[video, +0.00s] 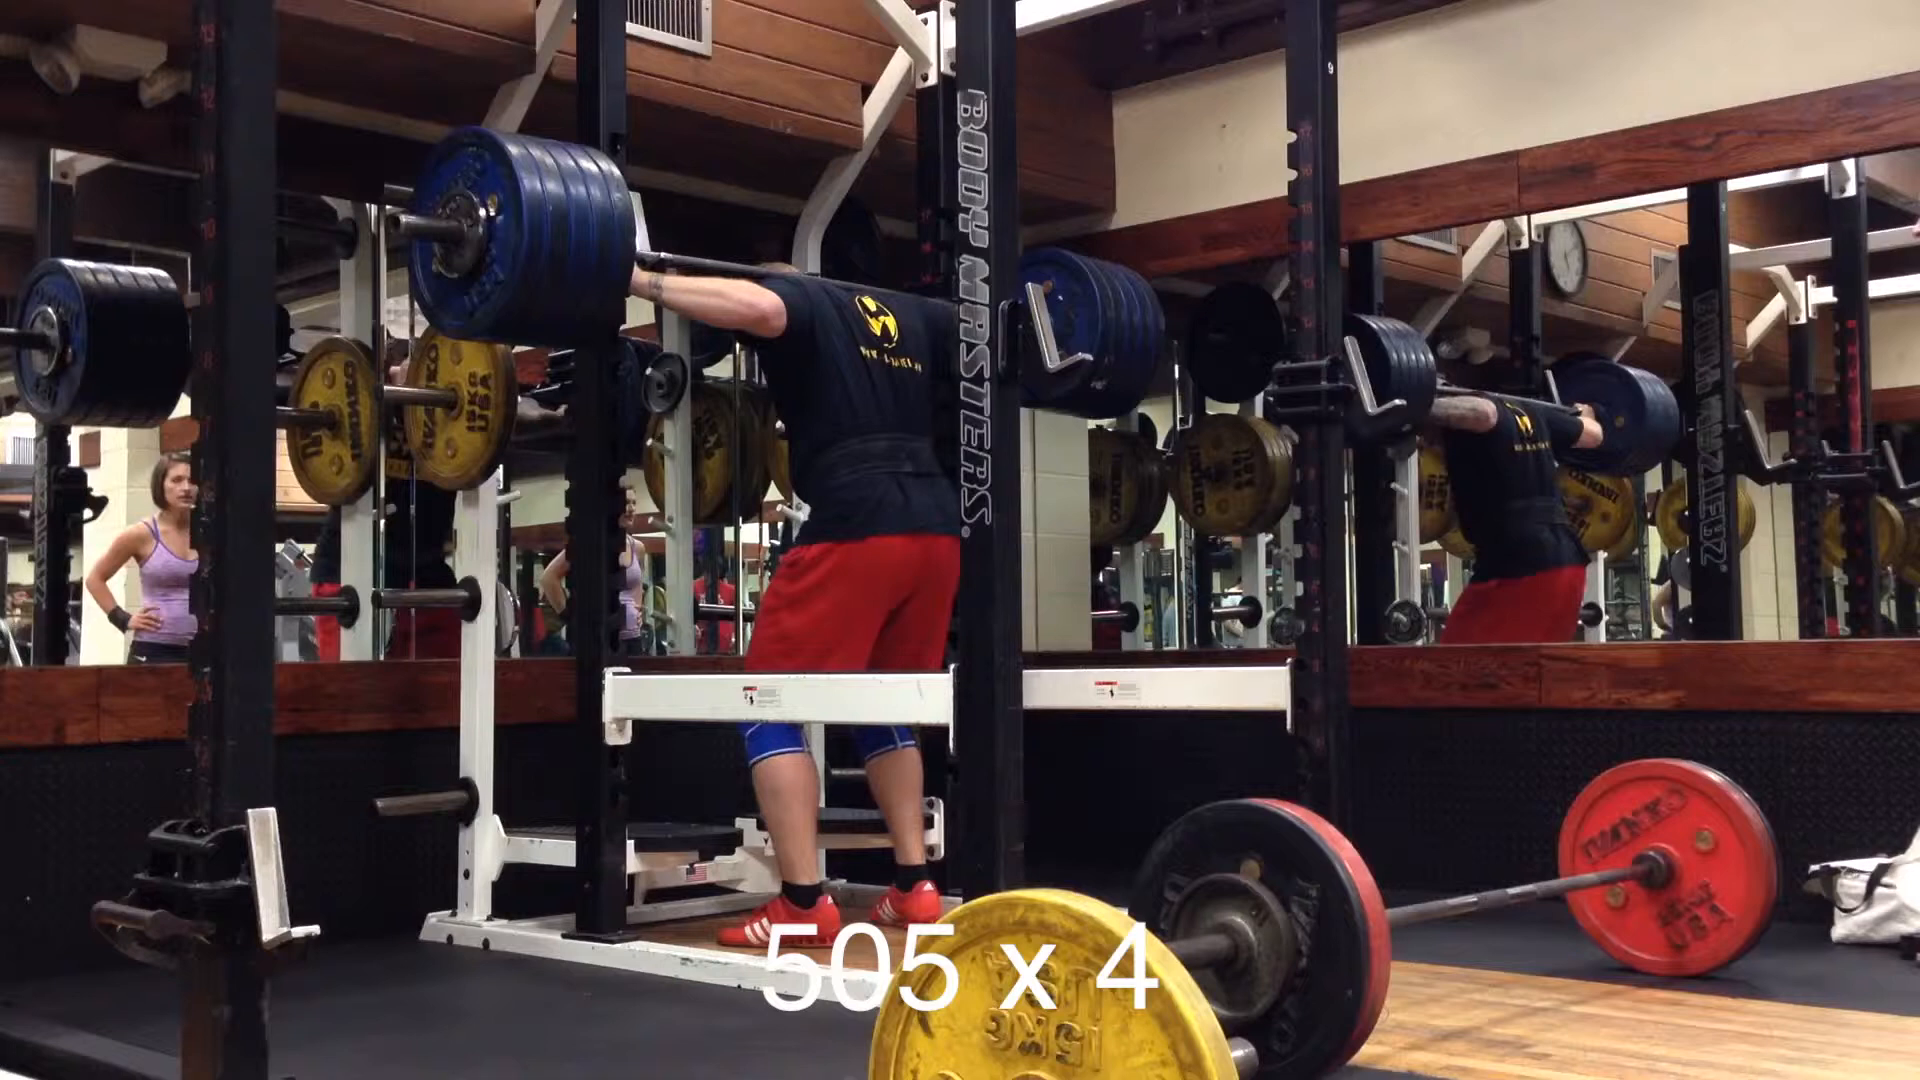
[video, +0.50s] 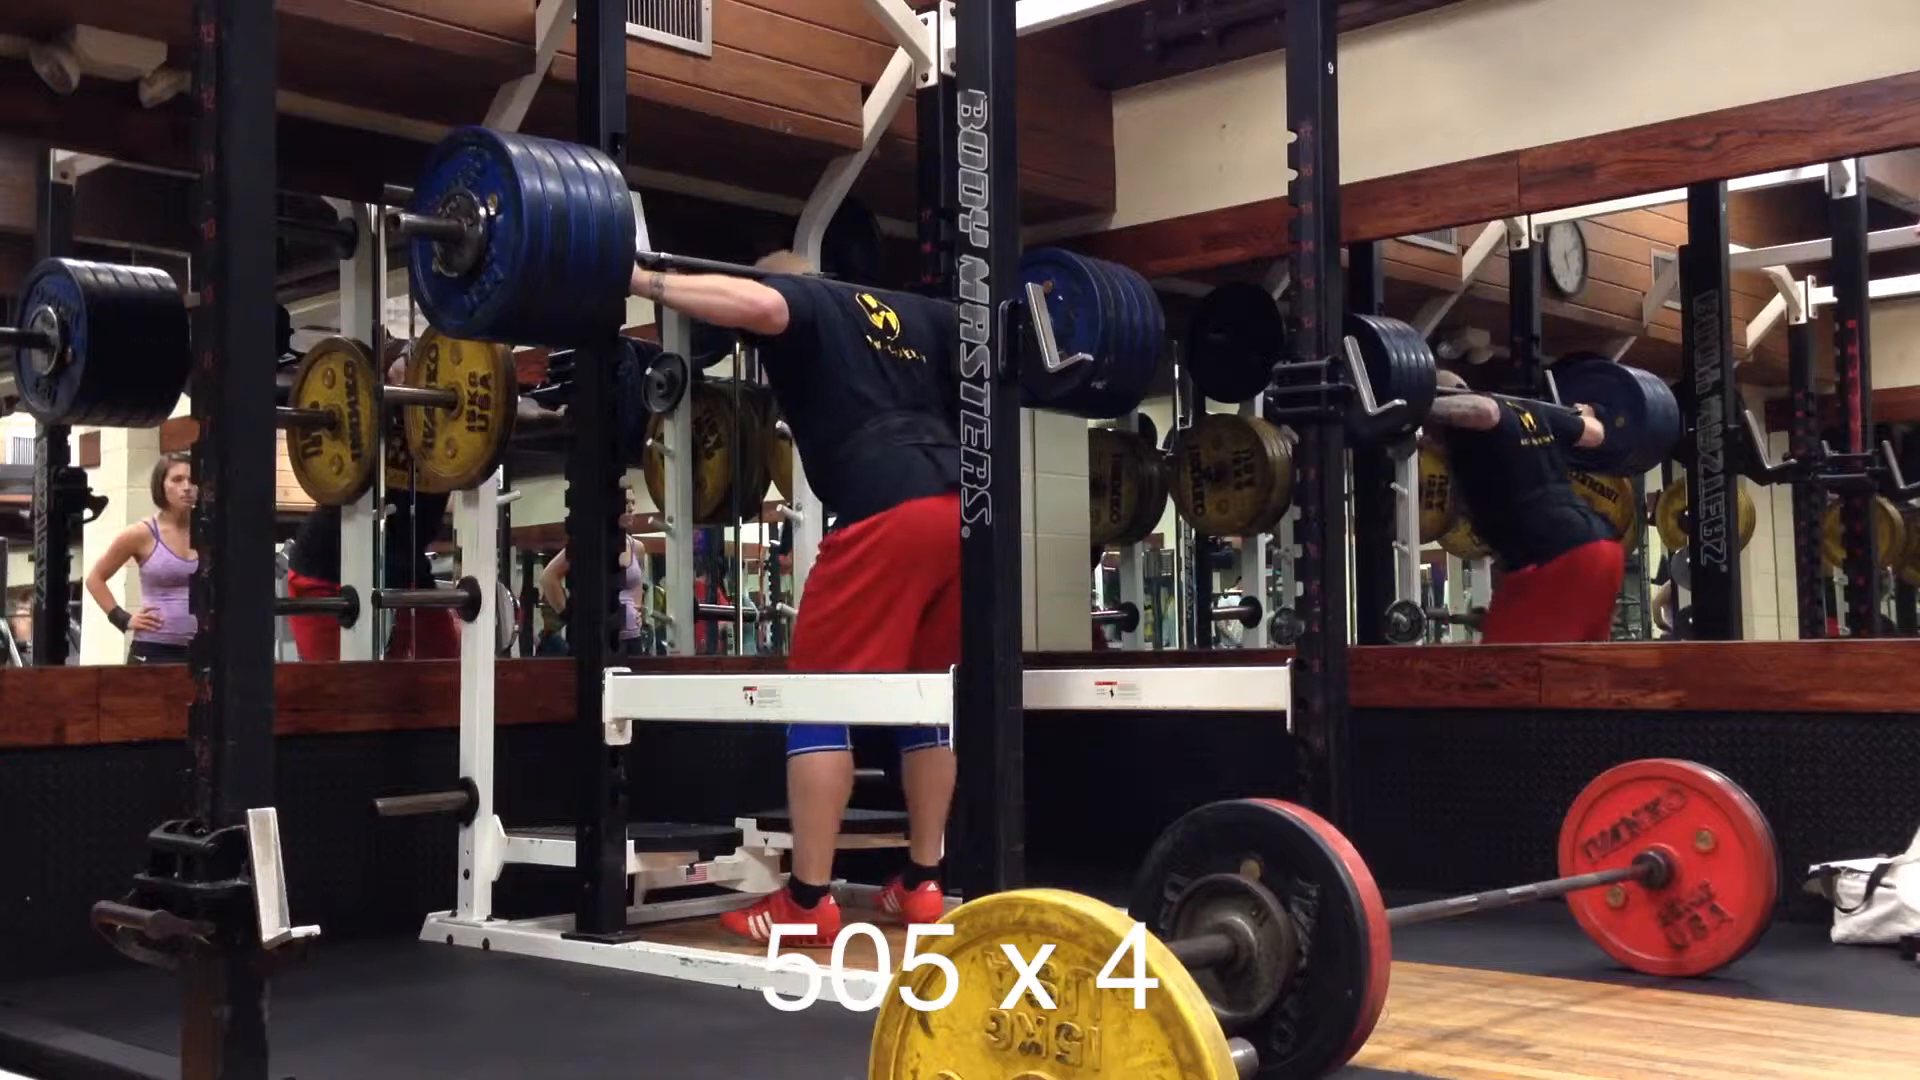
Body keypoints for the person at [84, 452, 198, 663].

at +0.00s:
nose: (187, 488)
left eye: (192, 480)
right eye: (177, 480)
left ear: (200, 486)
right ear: (160, 486)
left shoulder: (205, 530)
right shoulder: (141, 534)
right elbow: (94, 579)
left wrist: (213, 615)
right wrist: (123, 620)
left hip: (200, 647)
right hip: (154, 648)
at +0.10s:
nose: (187, 488)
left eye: (192, 480)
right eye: (177, 480)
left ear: (200, 486)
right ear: (160, 486)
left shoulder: (205, 530)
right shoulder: (141, 535)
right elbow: (94, 579)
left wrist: (213, 615)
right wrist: (123, 620)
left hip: (200, 647)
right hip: (154, 648)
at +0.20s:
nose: (186, 488)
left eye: (192, 481)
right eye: (177, 480)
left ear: (200, 487)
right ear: (160, 485)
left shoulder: (205, 530)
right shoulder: (141, 535)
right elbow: (94, 580)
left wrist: (213, 615)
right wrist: (123, 620)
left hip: (200, 647)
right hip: (154, 648)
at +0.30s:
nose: (187, 488)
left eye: (192, 481)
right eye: (177, 480)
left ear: (200, 486)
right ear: (160, 486)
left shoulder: (204, 530)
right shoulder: (141, 534)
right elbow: (94, 579)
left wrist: (212, 615)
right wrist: (123, 620)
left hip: (200, 647)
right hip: (154, 648)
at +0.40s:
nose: (187, 488)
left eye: (192, 481)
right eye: (177, 480)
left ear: (200, 487)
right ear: (160, 486)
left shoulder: (204, 530)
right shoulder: (141, 534)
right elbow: (94, 579)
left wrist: (212, 615)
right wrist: (123, 619)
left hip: (200, 647)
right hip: (154, 648)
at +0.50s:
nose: (187, 488)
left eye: (193, 480)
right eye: (178, 480)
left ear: (200, 486)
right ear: (160, 486)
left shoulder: (204, 530)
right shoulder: (141, 534)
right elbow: (94, 579)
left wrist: (213, 615)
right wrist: (123, 619)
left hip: (200, 647)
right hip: (154, 648)